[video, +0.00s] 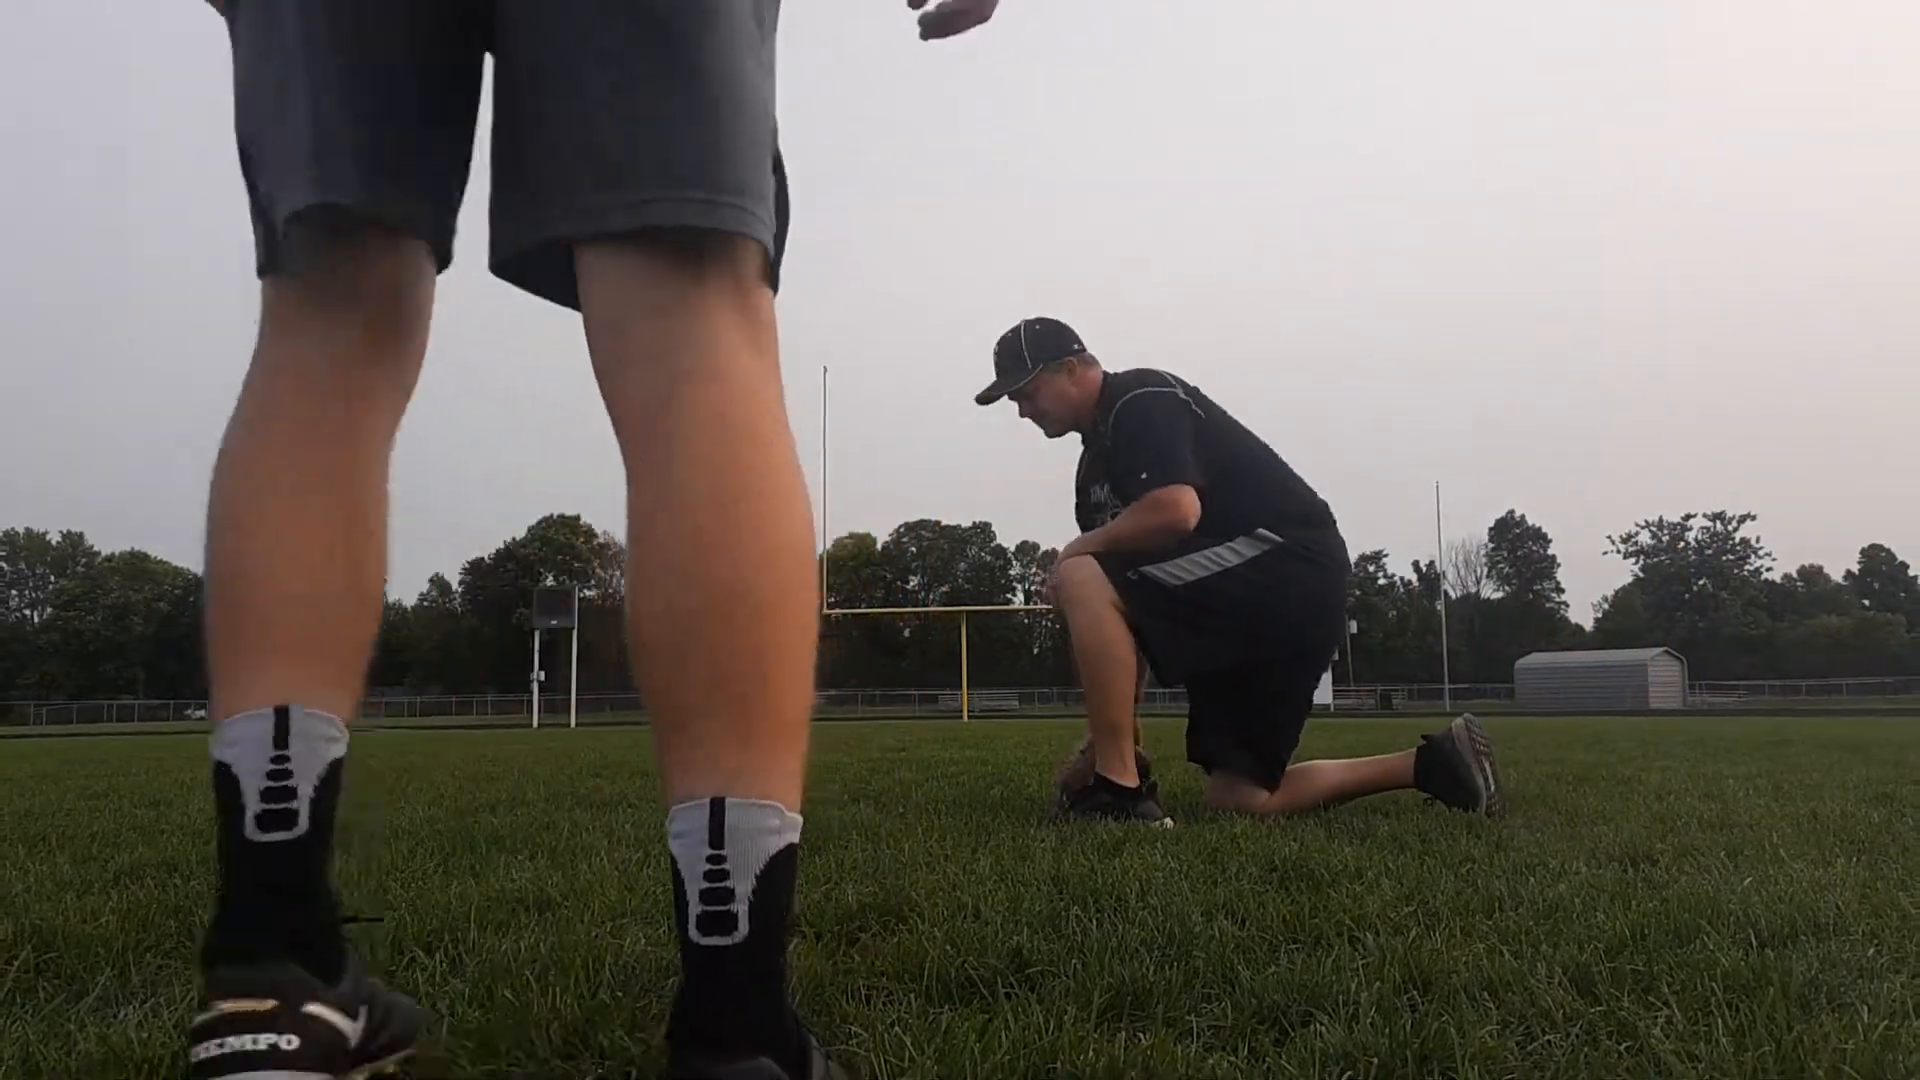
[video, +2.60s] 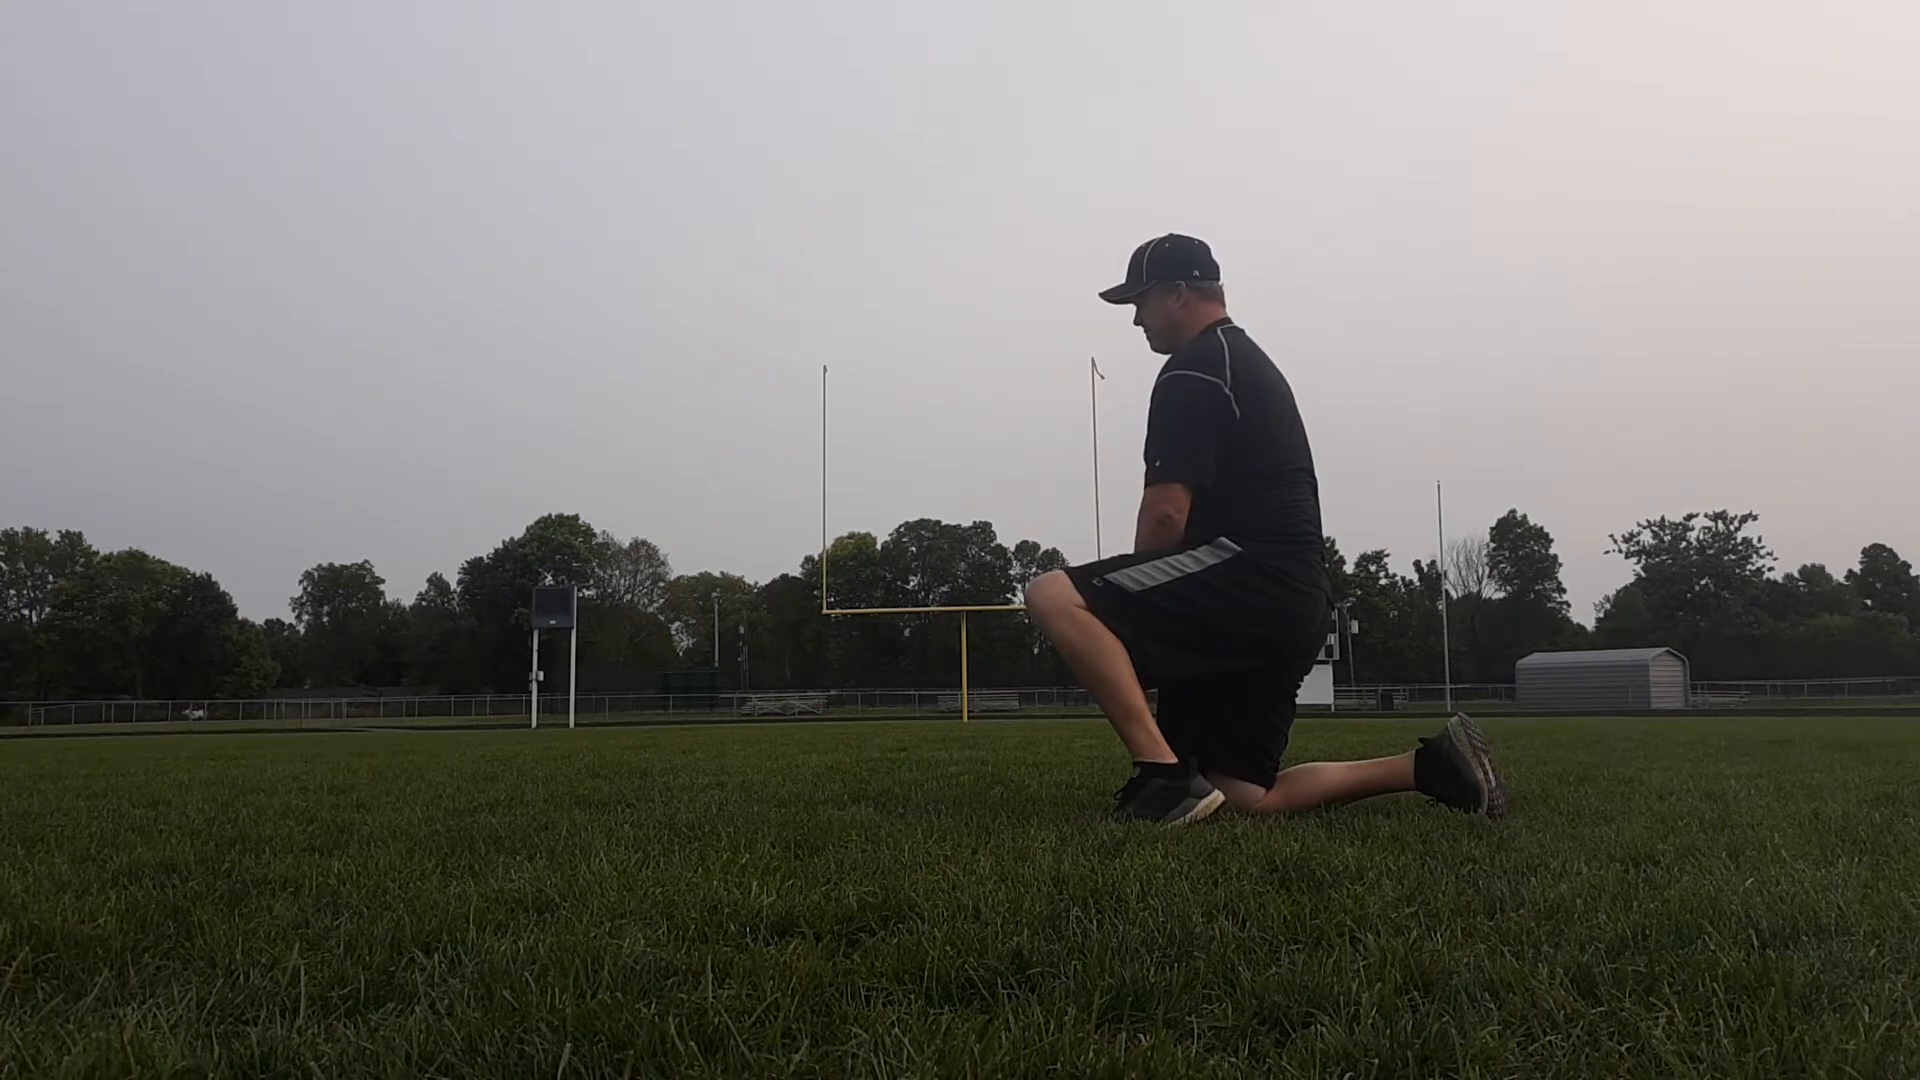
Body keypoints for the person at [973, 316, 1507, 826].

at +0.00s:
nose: (1020, 410)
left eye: (1024, 392)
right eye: (1014, 399)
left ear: (1071, 369)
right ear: (1048, 388)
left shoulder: (1141, 398)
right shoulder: (1095, 479)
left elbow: (1175, 510)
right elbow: (1127, 620)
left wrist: (1080, 552)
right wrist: (1095, 748)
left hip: (1285, 559)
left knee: (1084, 578)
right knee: (1236, 796)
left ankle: (1123, 788)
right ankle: (1427, 767)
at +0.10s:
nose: (1046, 390)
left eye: (1048, 372)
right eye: (1040, 379)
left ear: (1091, 352)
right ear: (1089, 357)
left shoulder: (1158, 385)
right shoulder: (1117, 445)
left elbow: (1179, 503)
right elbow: (1138, 592)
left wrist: (1090, 553)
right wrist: (1123, 710)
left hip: (1289, 565)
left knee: (1085, 575)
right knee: (1238, 796)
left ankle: (1119, 785)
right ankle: (1428, 767)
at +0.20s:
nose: (1067, 374)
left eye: (1067, 357)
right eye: (1060, 363)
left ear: (1110, 336)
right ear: (1114, 341)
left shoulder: (1169, 377)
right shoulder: (1153, 413)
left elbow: (1179, 497)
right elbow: (1188, 547)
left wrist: (1091, 557)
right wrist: (1147, 658)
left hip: (1287, 562)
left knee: (1088, 577)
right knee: (1238, 795)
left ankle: (1120, 786)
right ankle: (1428, 766)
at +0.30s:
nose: (1085, 359)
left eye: (1087, 341)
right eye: (1078, 348)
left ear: (1129, 320)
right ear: (1132, 321)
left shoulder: (1182, 371)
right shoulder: (1189, 377)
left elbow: (1175, 500)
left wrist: (1101, 564)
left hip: (1287, 562)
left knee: (1089, 579)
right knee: (1236, 796)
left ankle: (1120, 788)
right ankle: (1429, 768)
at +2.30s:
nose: (1137, 315)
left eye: (1142, 300)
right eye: (1135, 303)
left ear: (1180, 293)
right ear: (1199, 293)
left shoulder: (1198, 362)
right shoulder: (1248, 361)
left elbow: (1166, 509)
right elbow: (1243, 509)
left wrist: (1138, 604)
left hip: (1248, 573)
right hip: (1294, 595)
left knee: (1056, 594)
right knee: (1236, 794)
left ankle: (1163, 775)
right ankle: (1425, 769)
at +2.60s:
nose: (1136, 318)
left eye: (1141, 301)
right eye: (1134, 305)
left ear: (1180, 294)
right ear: (1199, 295)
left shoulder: (1196, 364)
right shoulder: (1248, 363)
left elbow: (1165, 509)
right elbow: (1238, 511)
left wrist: (1136, 610)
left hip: (1248, 573)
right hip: (1294, 596)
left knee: (1055, 595)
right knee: (1237, 793)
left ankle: (1163, 775)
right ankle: (1426, 769)